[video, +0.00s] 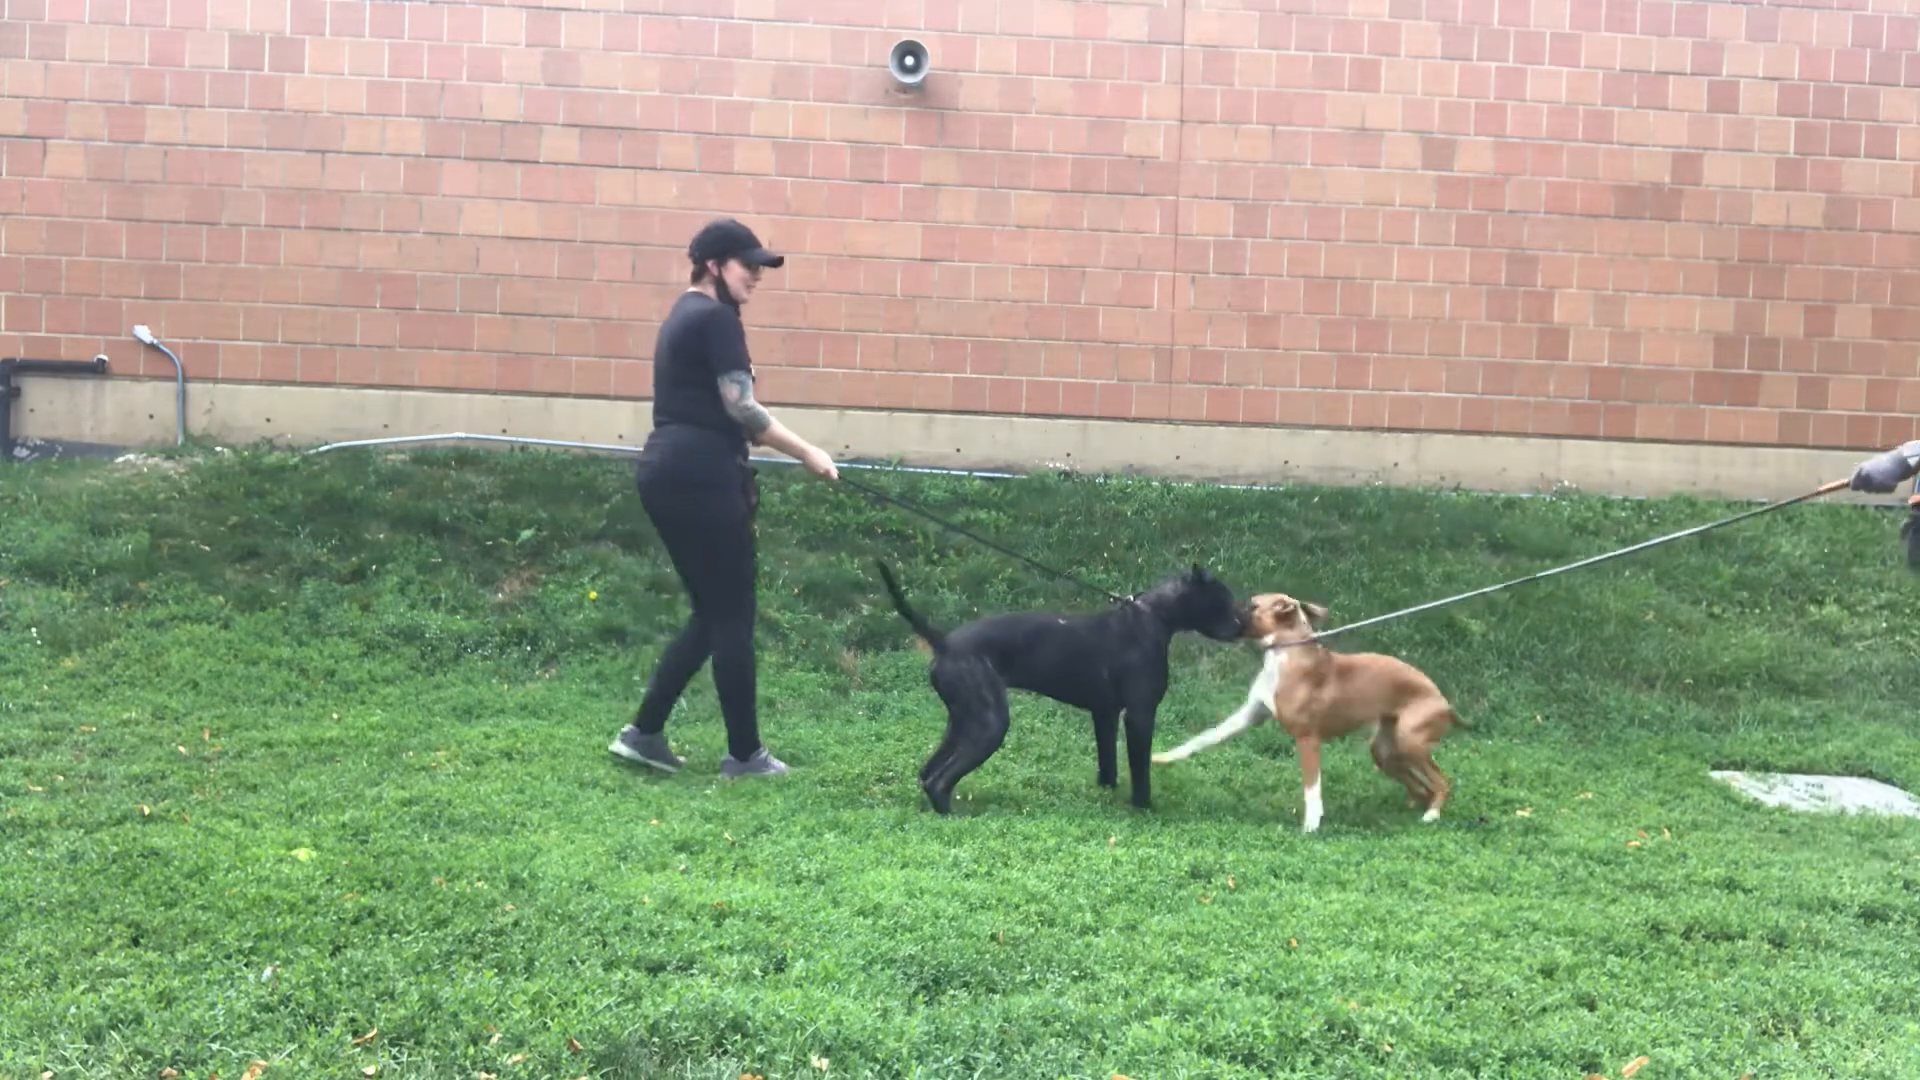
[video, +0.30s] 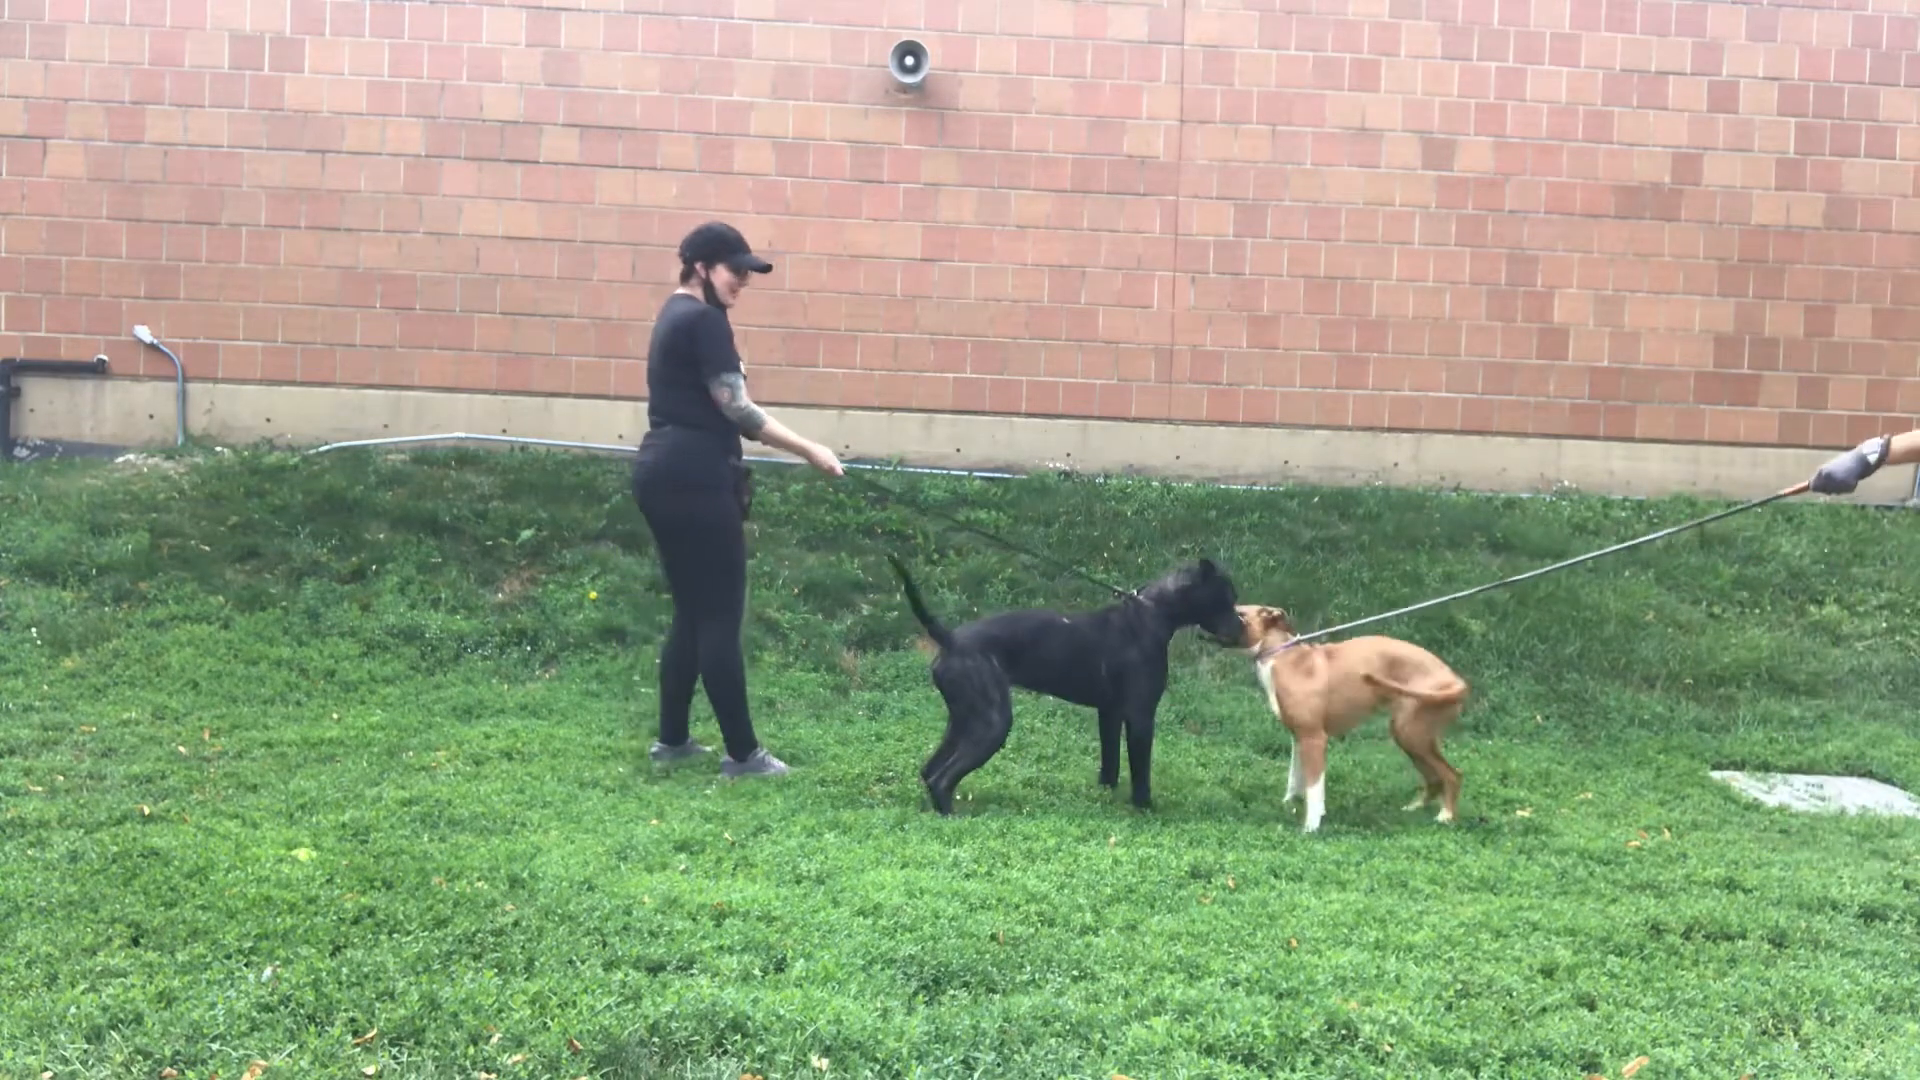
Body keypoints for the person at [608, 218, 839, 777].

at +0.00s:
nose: (756, 277)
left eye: (758, 267)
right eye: (748, 265)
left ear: (711, 269)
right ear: (714, 265)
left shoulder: (685, 312)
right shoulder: (716, 316)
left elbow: (690, 407)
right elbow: (740, 405)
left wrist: (737, 458)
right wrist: (807, 452)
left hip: (665, 466)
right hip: (702, 470)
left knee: (711, 611)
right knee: (733, 613)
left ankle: (644, 732)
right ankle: (746, 754)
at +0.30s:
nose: (744, 282)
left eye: (746, 272)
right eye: (737, 271)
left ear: (702, 270)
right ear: (703, 268)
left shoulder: (676, 312)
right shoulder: (704, 319)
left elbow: (697, 407)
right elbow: (739, 412)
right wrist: (810, 449)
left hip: (664, 466)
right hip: (696, 472)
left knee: (690, 610)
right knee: (720, 615)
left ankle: (672, 741)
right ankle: (743, 754)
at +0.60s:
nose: (712, 270)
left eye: (717, 260)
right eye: (699, 262)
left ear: (723, 266)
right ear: (674, 269)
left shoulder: (687, 317)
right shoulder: (683, 320)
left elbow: (718, 409)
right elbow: (734, 401)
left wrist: (766, 423)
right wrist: (805, 439)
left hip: (668, 467)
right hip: (690, 470)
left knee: (686, 603)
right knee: (748, 594)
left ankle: (673, 740)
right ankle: (750, 738)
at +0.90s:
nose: (718, 267)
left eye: (723, 258)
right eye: (704, 260)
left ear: (729, 265)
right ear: (681, 269)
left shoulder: (693, 318)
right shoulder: (695, 322)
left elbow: (735, 399)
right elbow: (747, 400)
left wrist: (785, 426)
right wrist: (816, 436)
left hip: (684, 464)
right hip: (706, 468)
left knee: (695, 607)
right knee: (728, 604)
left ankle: (673, 742)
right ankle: (731, 742)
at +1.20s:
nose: (753, 279)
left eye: (757, 270)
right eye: (744, 269)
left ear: (743, 274)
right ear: (711, 271)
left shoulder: (718, 319)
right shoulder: (709, 322)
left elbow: (749, 403)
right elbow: (759, 404)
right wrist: (827, 439)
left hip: (732, 472)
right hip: (716, 474)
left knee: (785, 591)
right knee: (722, 608)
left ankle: (710, 701)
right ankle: (726, 742)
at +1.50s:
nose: (777, 288)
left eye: (782, 280)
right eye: (769, 278)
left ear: (776, 281)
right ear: (737, 277)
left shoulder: (762, 333)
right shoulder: (726, 332)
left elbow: (778, 409)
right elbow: (766, 403)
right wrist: (842, 437)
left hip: (778, 473)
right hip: (737, 474)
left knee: (783, 605)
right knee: (738, 607)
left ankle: (795, 722)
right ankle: (728, 740)